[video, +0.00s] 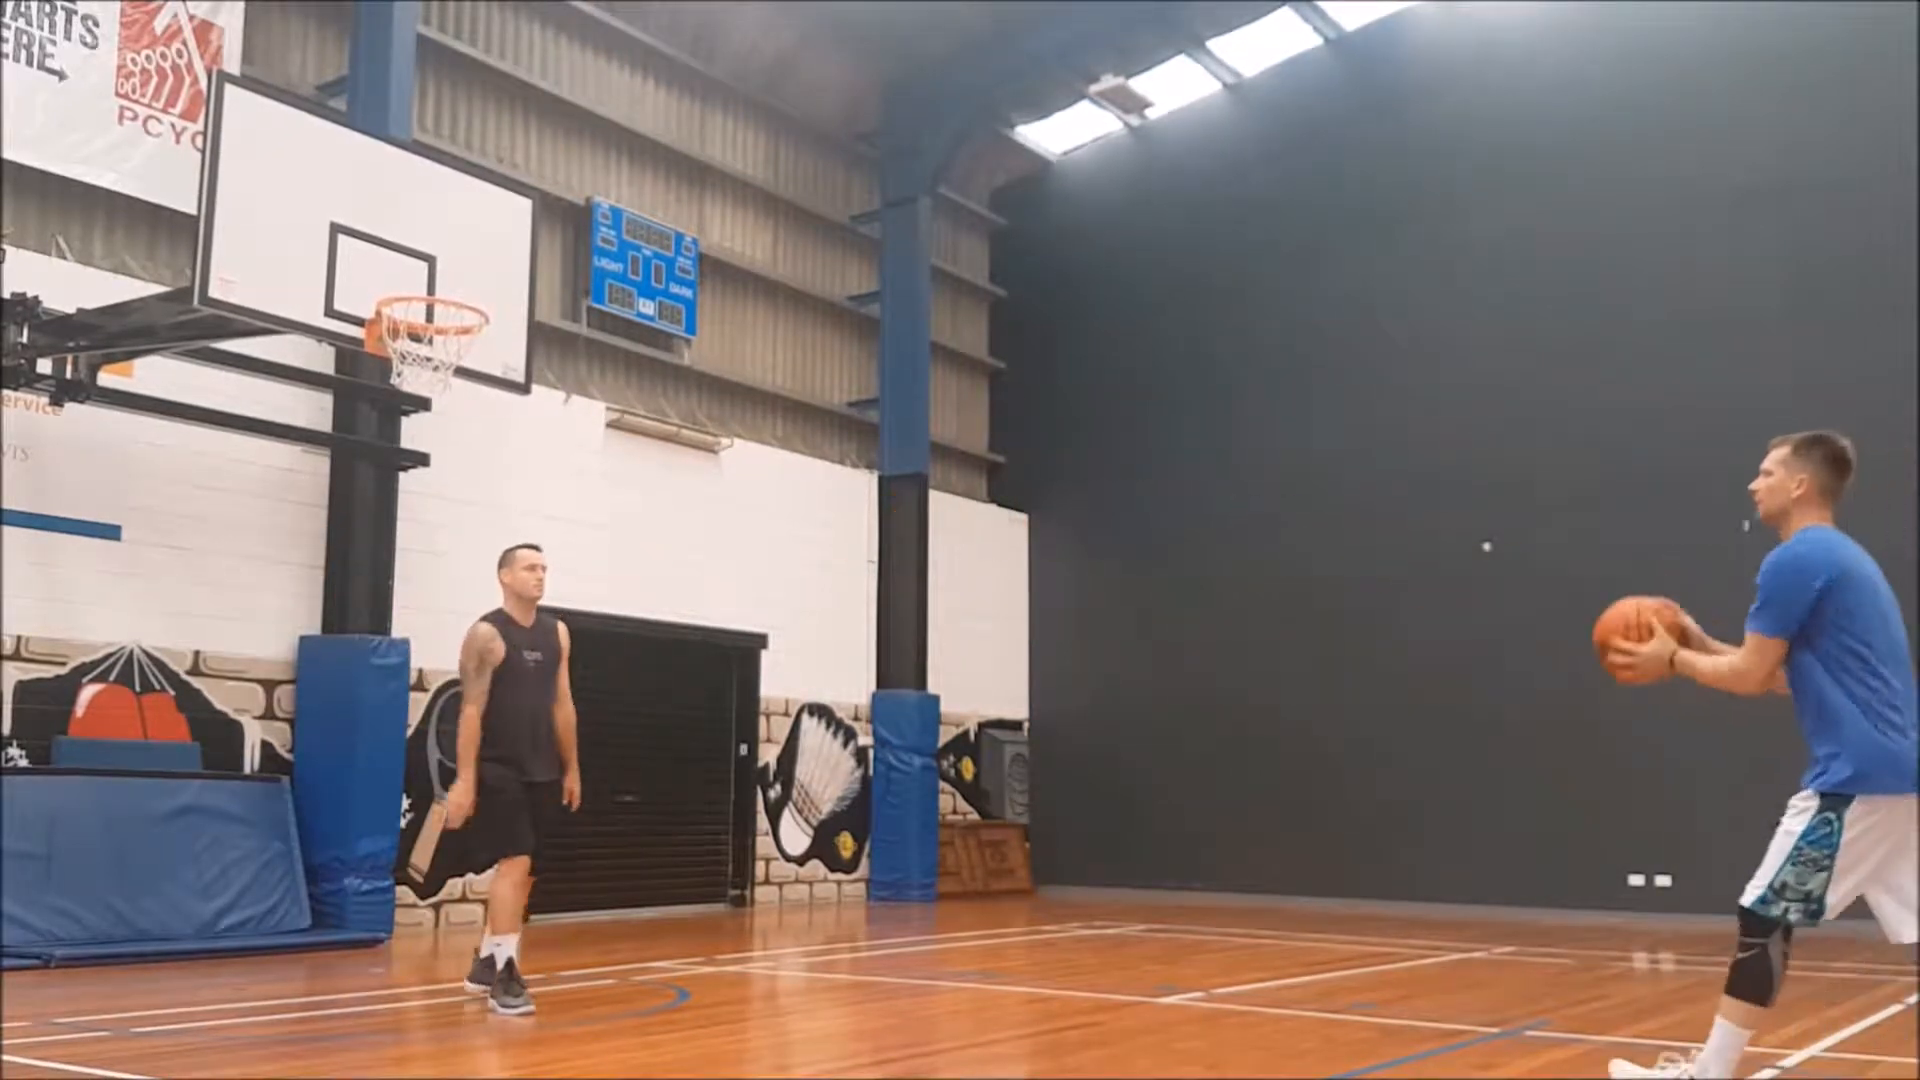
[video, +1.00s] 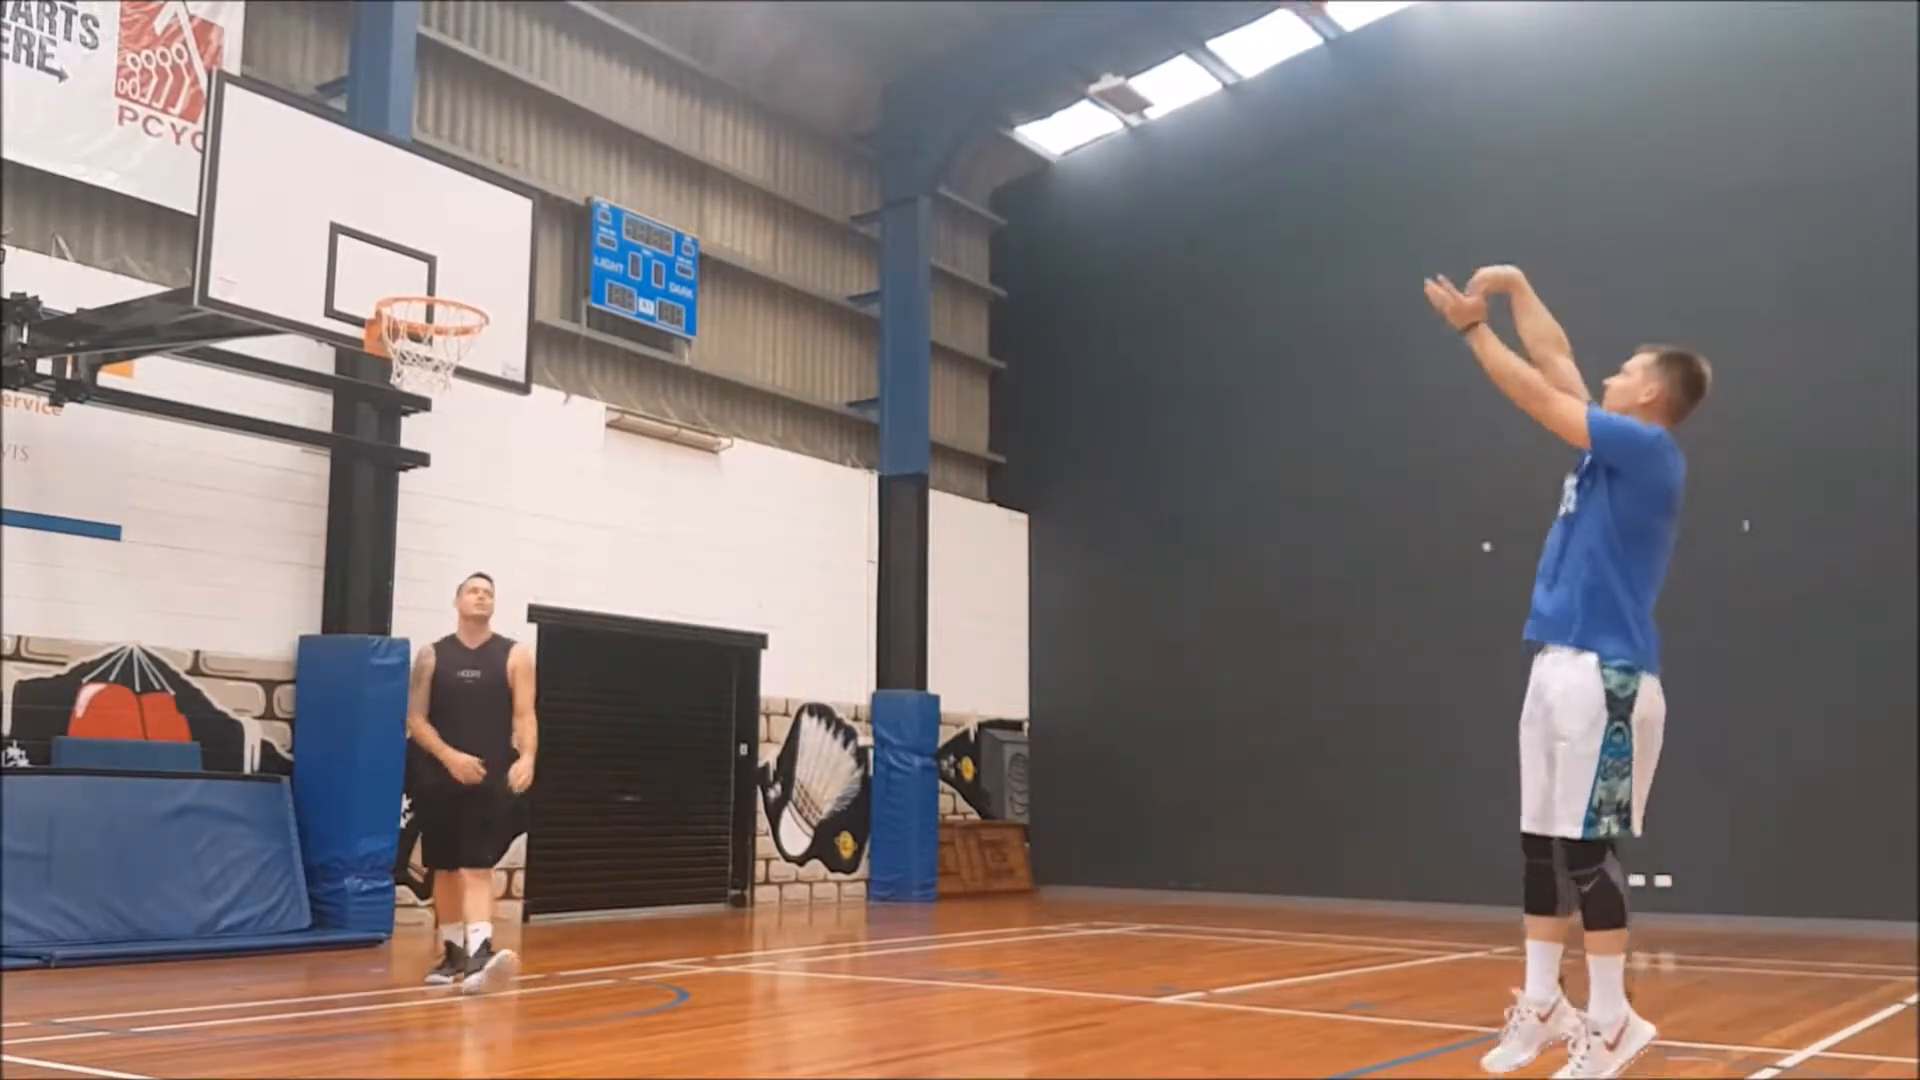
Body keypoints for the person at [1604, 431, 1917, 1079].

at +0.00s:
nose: (1753, 485)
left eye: (1765, 473)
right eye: (1758, 473)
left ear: (1801, 484)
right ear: (1812, 488)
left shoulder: (1798, 558)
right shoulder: (1845, 557)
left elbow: (1747, 673)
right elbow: (1782, 677)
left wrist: (1675, 660)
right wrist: (1697, 641)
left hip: (1857, 776)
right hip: (1901, 774)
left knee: (1764, 913)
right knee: (1914, 931)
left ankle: (1711, 1069)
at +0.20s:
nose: (1644, 514)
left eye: (1657, 505)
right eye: (1651, 503)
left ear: (1688, 522)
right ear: (1698, 525)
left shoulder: (1697, 597)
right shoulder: (1733, 588)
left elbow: (1725, 713)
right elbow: (1731, 715)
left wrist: (1663, 769)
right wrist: (1663, 749)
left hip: (1777, 791)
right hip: (1816, 790)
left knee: (1673, 920)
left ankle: (1679, 1072)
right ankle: (1904, 1027)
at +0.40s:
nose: (1607, 530)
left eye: (1622, 524)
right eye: (1616, 521)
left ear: (1653, 545)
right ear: (1651, 548)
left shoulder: (1678, 618)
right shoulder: (1640, 624)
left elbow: (1620, 727)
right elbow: (1593, 706)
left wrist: (1518, 721)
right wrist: (1508, 705)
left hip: (1718, 818)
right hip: (1675, 809)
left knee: (1612, 946)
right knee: (1575, 928)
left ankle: (1671, 1072)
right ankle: (1621, 1068)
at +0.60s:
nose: (1604, 499)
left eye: (1619, 493)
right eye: (1613, 489)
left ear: (1648, 518)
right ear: (1646, 520)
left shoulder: (1655, 586)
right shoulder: (1623, 584)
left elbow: (1525, 555)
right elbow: (1519, 555)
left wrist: (1531, 475)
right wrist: (1532, 479)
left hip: (1639, 805)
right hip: (1593, 795)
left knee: (1575, 952)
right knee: (1532, 935)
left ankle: (1667, 1071)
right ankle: (1609, 1069)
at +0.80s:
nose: (1614, 381)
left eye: (1630, 377)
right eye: (1622, 372)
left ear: (1657, 400)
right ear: (1633, 400)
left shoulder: (1649, 454)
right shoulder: (1601, 455)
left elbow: (1538, 388)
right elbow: (1522, 403)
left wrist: (1527, 301)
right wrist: (1530, 312)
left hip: (1607, 675)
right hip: (1562, 670)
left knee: (1602, 849)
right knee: (1567, 845)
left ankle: (1626, 1011)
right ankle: (1575, 999)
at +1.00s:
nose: (1615, 371)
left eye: (1630, 366)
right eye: (1625, 364)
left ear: (1654, 390)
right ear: (1645, 390)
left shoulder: (1646, 447)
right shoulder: (1614, 439)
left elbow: (1542, 400)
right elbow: (1556, 360)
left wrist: (1473, 329)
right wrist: (1517, 284)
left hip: (1606, 678)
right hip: (1556, 669)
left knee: (1586, 850)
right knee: (1540, 844)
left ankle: (1612, 1018)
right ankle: (1541, 1003)